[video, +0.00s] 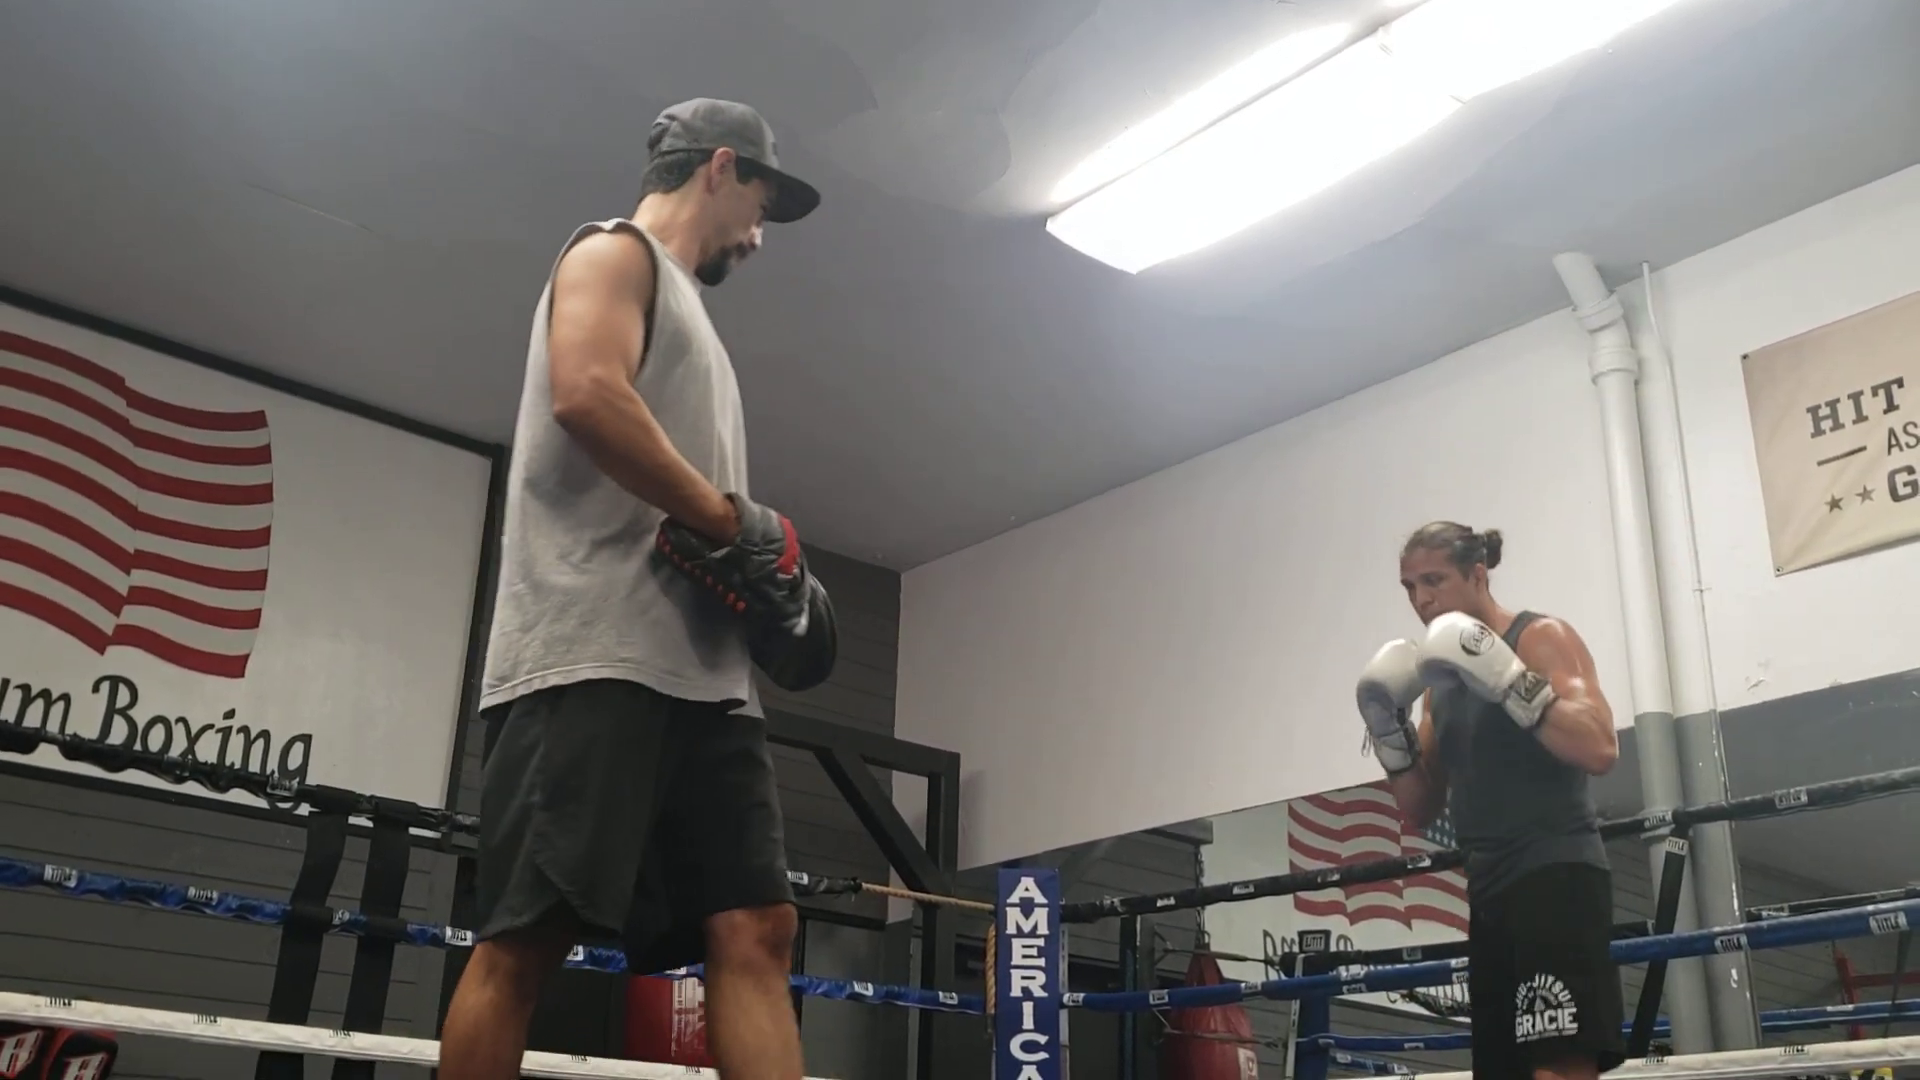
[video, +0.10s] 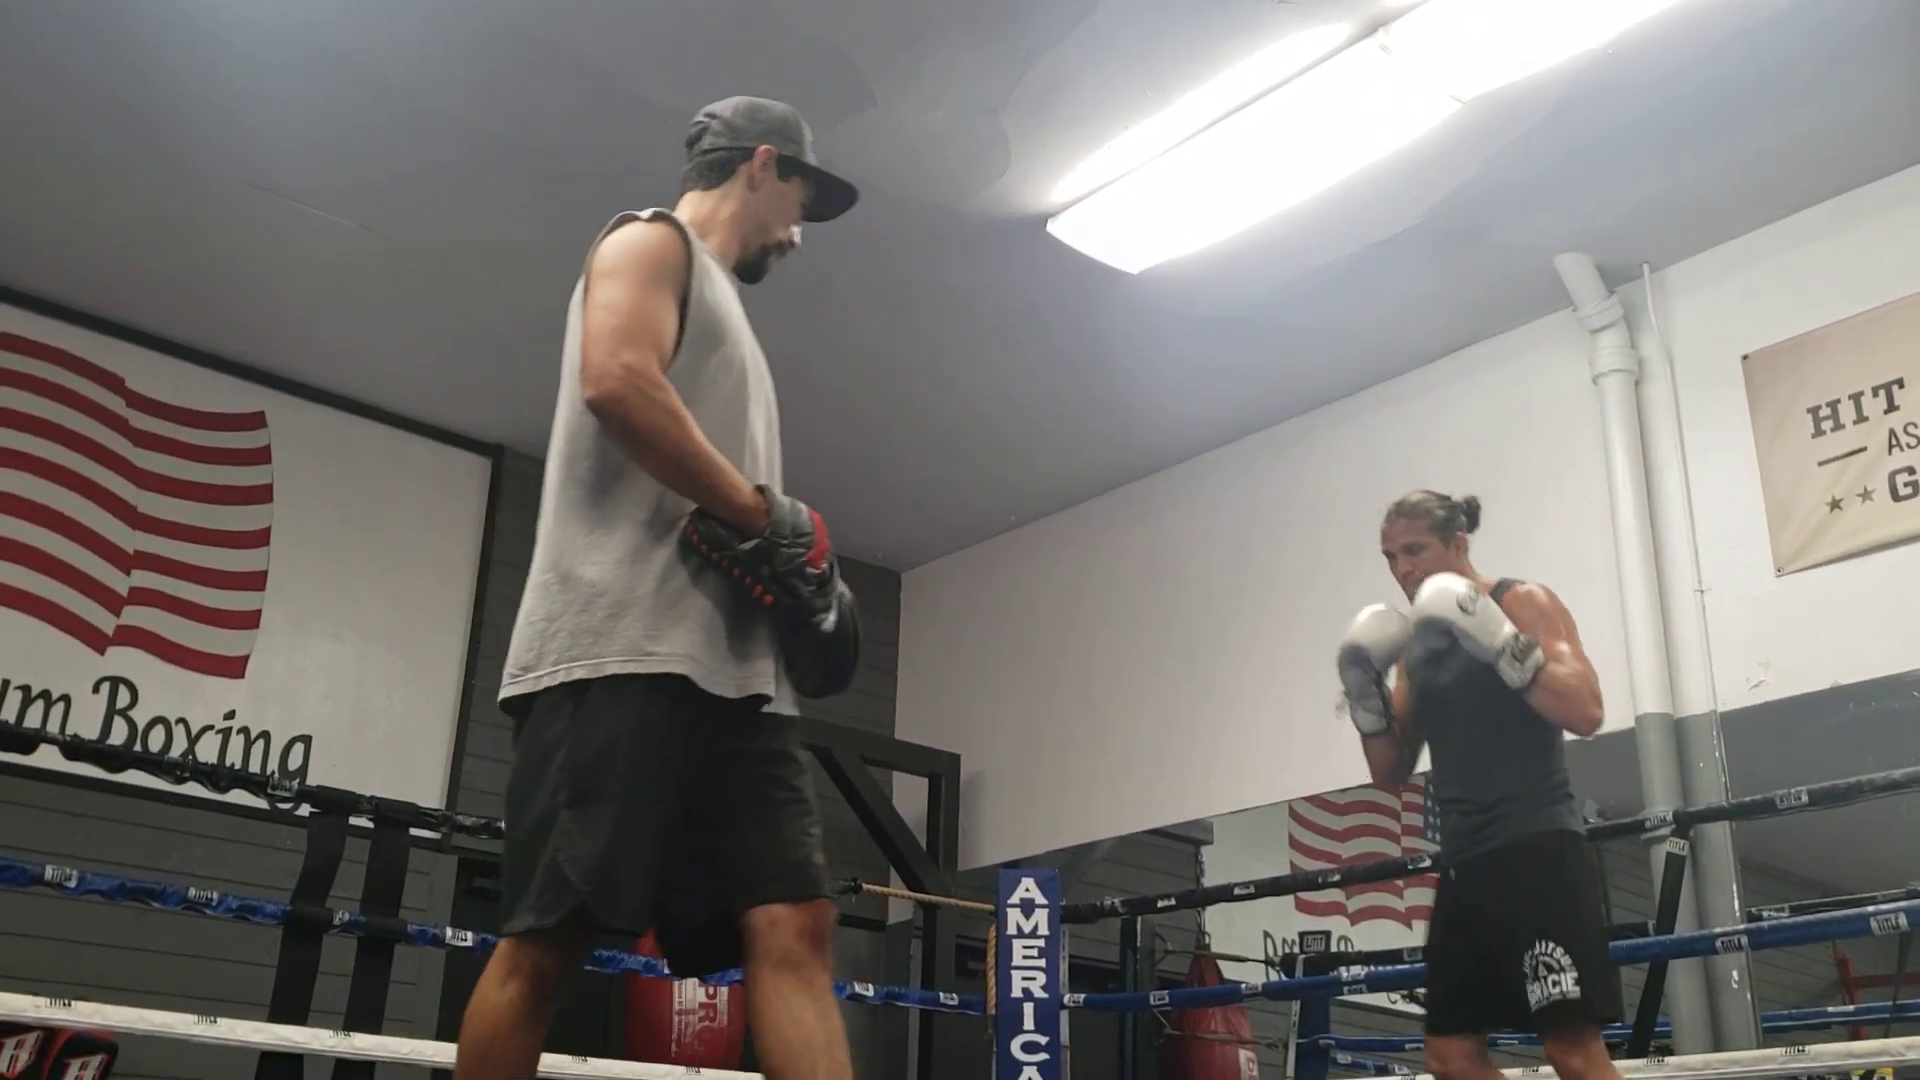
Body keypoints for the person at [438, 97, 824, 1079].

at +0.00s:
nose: (763, 235)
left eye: (771, 214)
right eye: (764, 200)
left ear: (701, 177)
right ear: (716, 170)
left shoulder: (690, 319)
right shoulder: (612, 253)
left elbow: (677, 489)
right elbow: (586, 394)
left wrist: (757, 567)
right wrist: (732, 521)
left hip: (700, 675)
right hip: (589, 657)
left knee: (756, 930)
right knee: (520, 942)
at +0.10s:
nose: (801, 230)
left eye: (810, 211)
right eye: (804, 199)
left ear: (749, 174)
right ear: (760, 166)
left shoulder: (722, 314)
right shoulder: (650, 242)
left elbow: (714, 481)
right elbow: (616, 380)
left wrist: (797, 575)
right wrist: (769, 516)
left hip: (727, 669)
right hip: (615, 648)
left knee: (793, 924)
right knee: (541, 941)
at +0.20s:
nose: (843, 234)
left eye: (851, 214)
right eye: (846, 202)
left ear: (787, 174)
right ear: (807, 167)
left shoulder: (766, 317)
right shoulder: (695, 228)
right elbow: (659, 362)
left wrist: (844, 569)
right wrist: (805, 505)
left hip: (783, 664)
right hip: (662, 639)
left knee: (837, 929)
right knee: (575, 942)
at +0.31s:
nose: (888, 231)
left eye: (895, 211)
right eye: (892, 198)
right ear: (858, 161)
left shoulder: (823, 318)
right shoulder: (748, 210)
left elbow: (818, 479)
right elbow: (717, 336)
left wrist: (913, 554)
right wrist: (862, 483)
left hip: (847, 658)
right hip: (727, 630)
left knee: (885, 938)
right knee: (636, 936)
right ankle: (520, 1075)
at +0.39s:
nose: (928, 218)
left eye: (936, 199)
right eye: (932, 188)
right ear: (897, 154)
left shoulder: (863, 301)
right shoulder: (793, 196)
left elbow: (864, 458)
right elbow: (771, 323)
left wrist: (969, 523)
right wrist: (925, 459)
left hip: (890, 642)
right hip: (784, 615)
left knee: (913, 940)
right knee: (751, 916)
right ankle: (576, 1073)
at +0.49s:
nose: (973, 195)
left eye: (981, 178)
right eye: (974, 166)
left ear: (914, 140)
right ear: (939, 135)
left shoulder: (910, 277)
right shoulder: (841, 181)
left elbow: (902, 442)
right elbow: (826, 307)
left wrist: (1003, 487)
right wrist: (989, 434)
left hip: (931, 610)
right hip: (852, 588)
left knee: (936, 926)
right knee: (891, 883)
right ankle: (679, 1069)